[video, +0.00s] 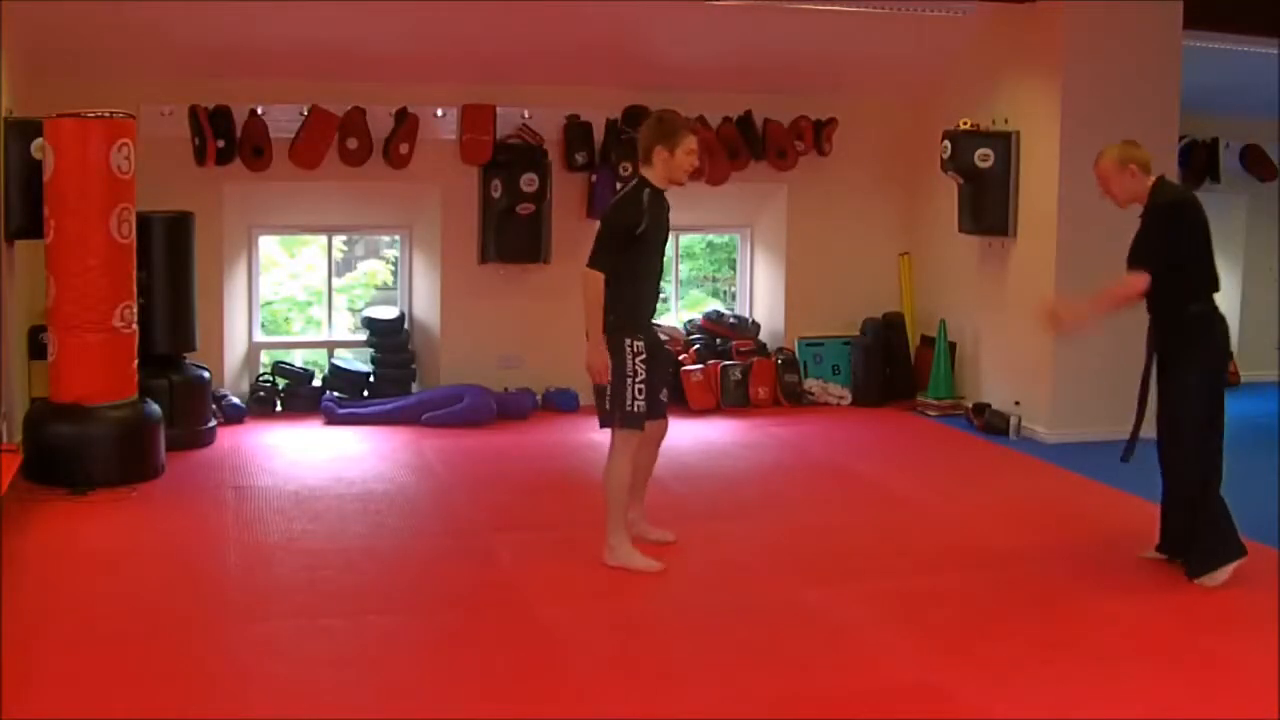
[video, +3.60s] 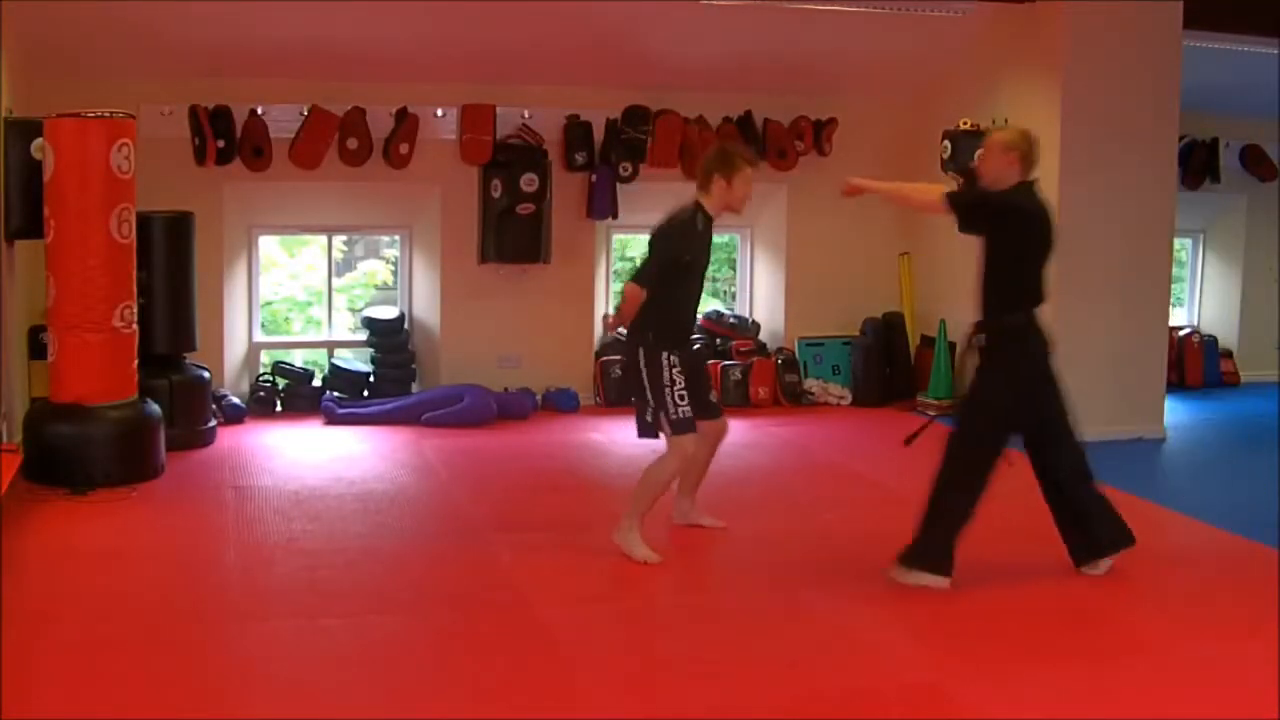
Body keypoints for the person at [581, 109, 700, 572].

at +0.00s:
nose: (695, 162)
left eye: (696, 153)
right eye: (688, 152)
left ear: (665, 155)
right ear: (659, 152)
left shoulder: (657, 203)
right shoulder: (632, 201)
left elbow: (637, 274)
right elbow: (595, 272)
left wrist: (648, 332)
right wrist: (595, 344)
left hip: (642, 332)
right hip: (621, 336)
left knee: (655, 427)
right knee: (627, 436)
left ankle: (633, 518)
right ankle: (615, 544)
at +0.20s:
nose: (734, 204)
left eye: (736, 195)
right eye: (731, 194)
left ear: (704, 188)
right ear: (706, 188)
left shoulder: (671, 221)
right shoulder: (654, 221)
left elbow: (624, 287)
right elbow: (599, 284)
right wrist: (595, 350)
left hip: (618, 330)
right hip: (603, 331)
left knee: (628, 430)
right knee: (617, 432)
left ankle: (623, 533)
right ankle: (614, 543)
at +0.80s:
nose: (717, 163)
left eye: (717, 154)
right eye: (711, 153)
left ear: (686, 155)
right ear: (683, 153)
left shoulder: (669, 201)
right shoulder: (650, 201)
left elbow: (646, 278)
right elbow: (612, 278)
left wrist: (658, 331)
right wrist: (636, 342)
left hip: (649, 331)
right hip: (629, 333)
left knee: (657, 433)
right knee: (635, 436)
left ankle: (627, 529)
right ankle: (616, 542)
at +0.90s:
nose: (708, 163)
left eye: (709, 154)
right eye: (702, 152)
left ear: (674, 154)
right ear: (673, 151)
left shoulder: (662, 199)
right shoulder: (650, 201)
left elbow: (650, 285)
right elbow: (646, 289)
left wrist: (690, 320)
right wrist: (699, 321)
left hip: (649, 327)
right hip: (631, 329)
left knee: (677, 426)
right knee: (635, 435)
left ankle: (631, 522)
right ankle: (616, 543)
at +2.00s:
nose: (707, 154)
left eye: (707, 146)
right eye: (699, 146)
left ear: (684, 152)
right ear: (672, 151)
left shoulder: (679, 201)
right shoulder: (654, 202)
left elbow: (669, 278)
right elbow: (628, 279)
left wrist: (679, 337)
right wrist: (628, 349)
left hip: (678, 332)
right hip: (652, 333)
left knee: (686, 429)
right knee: (642, 434)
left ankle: (690, 523)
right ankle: (602, 524)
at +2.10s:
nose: (702, 157)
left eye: (703, 149)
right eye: (695, 149)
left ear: (677, 154)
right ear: (668, 153)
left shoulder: (673, 203)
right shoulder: (648, 201)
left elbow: (656, 274)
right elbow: (603, 270)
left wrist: (665, 330)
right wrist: (602, 337)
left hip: (668, 332)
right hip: (638, 332)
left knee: (684, 427)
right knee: (628, 434)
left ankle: (690, 523)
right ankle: (600, 527)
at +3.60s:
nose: (748, 194)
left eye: (749, 186)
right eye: (745, 185)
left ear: (721, 183)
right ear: (719, 182)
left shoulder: (703, 226)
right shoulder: (681, 226)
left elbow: (662, 285)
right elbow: (636, 289)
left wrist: (628, 317)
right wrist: (623, 321)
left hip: (679, 345)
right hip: (654, 347)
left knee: (713, 427)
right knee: (682, 446)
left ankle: (685, 509)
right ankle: (628, 526)